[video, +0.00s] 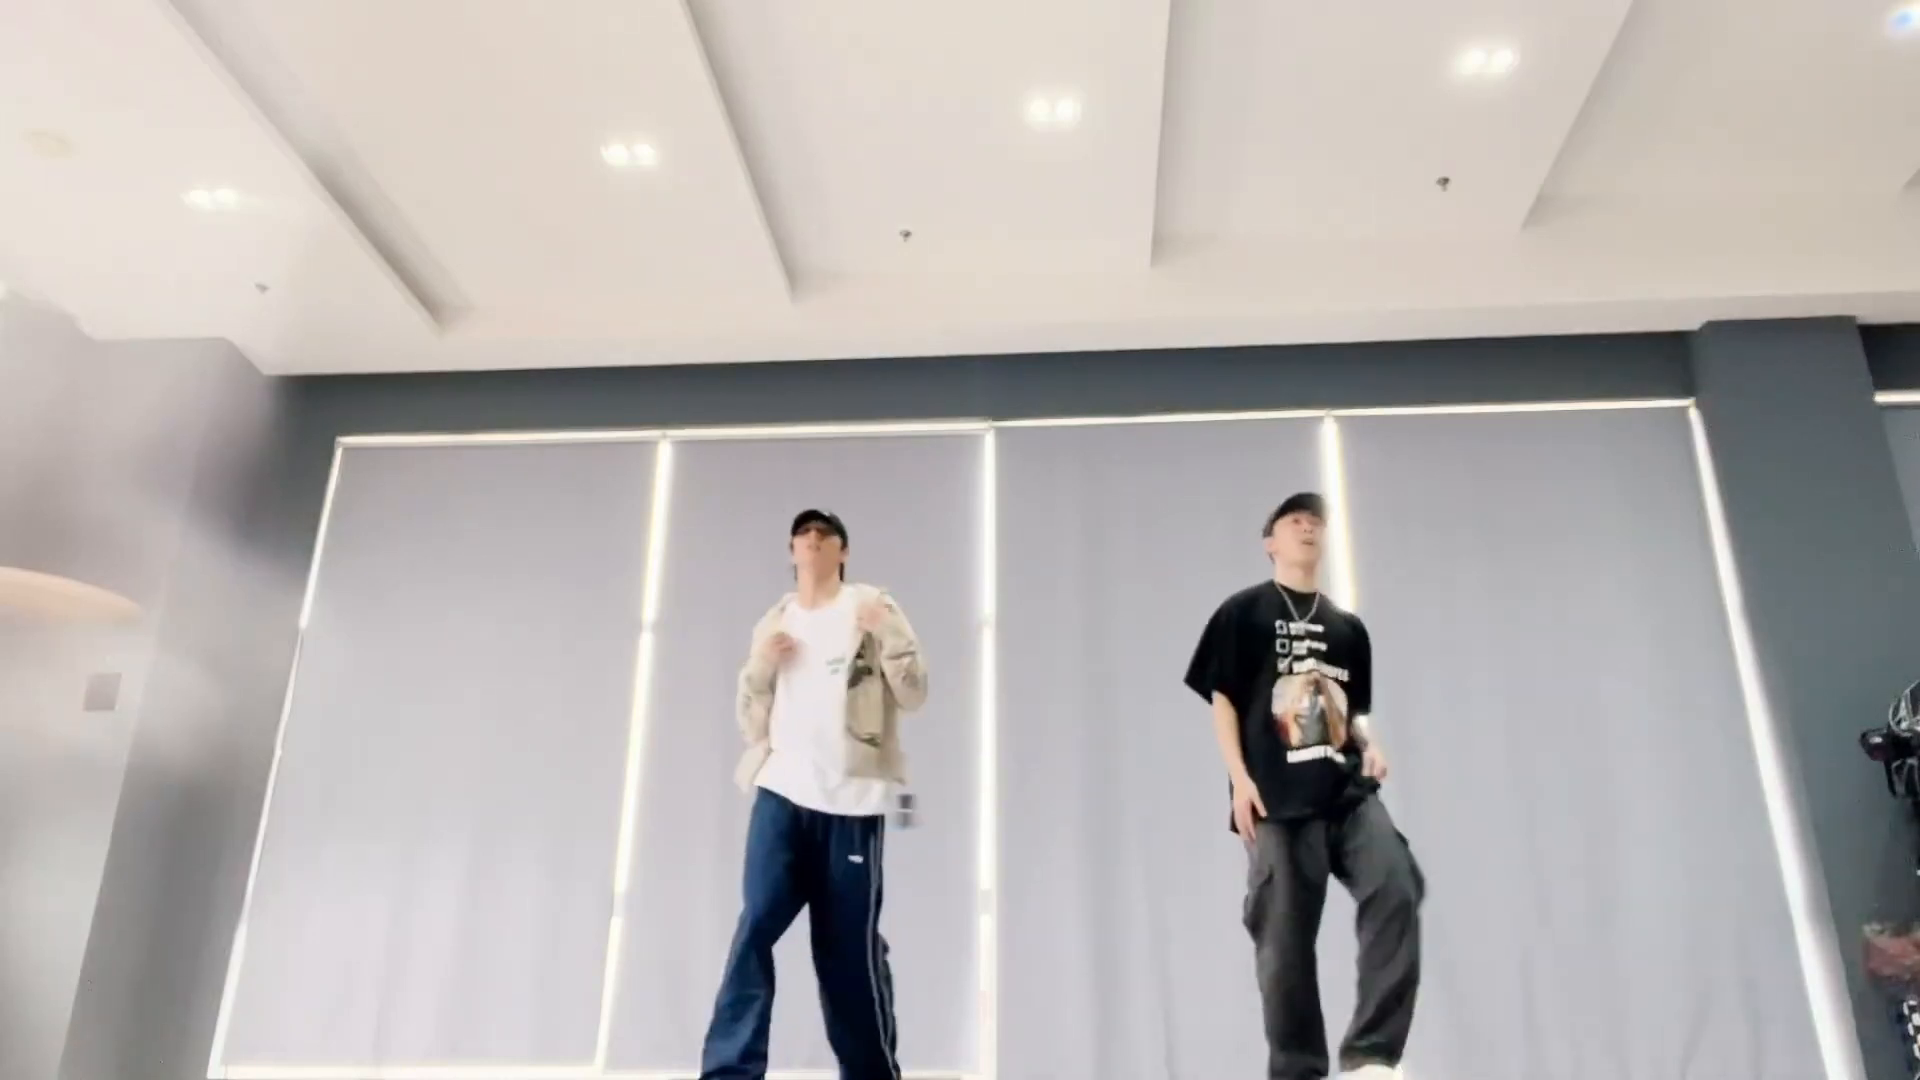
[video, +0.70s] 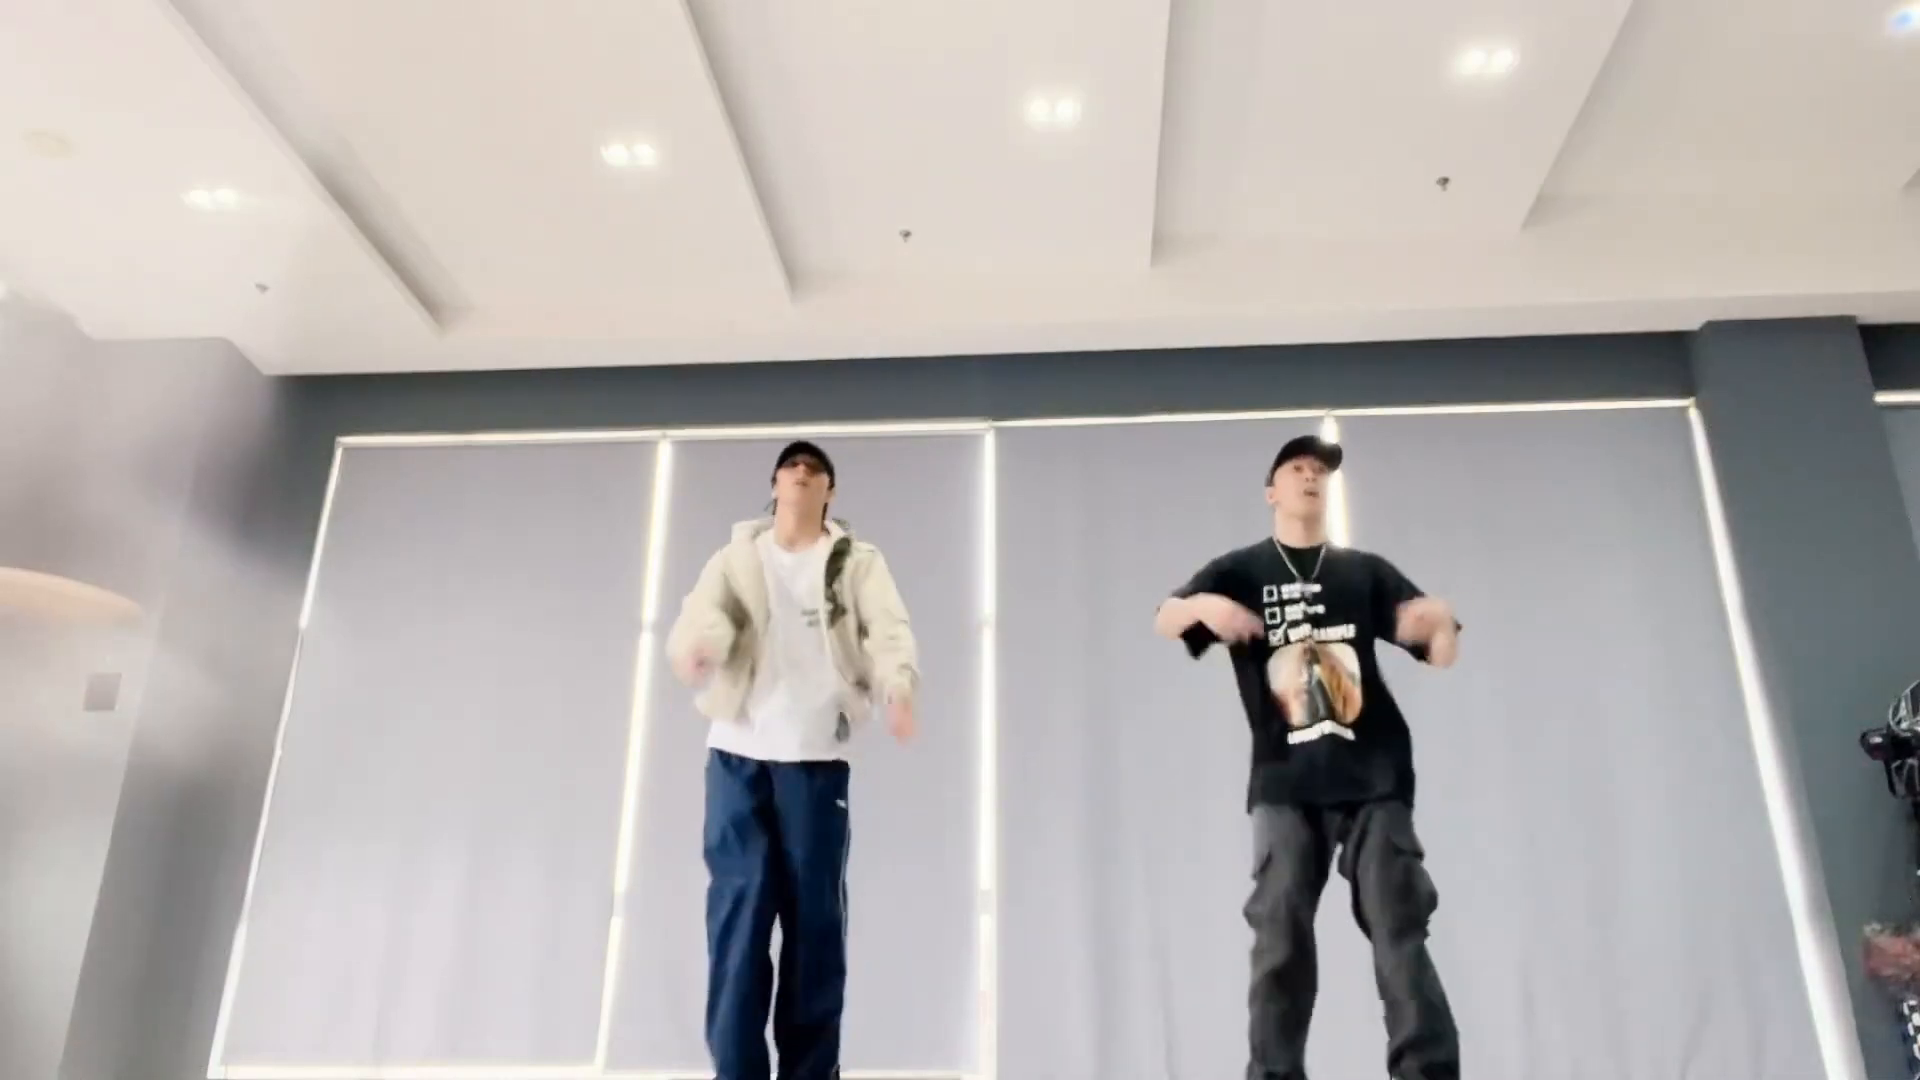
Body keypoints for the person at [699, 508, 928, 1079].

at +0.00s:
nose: (812, 541)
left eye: (824, 533)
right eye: (803, 534)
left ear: (842, 551)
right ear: (791, 552)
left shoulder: (873, 606)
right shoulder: (774, 619)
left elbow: (912, 696)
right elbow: (753, 728)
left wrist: (886, 633)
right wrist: (759, 671)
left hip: (853, 800)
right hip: (781, 793)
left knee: (850, 948)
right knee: (755, 928)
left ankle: (872, 1074)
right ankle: (730, 1070)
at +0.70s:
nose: (801, 478)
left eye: (813, 472)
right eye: (791, 470)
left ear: (829, 493)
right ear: (773, 488)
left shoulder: (857, 559)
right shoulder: (736, 555)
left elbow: (888, 630)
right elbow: (703, 614)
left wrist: (896, 685)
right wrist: (694, 647)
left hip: (815, 759)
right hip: (735, 756)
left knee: (815, 917)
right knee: (739, 910)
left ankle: (809, 1069)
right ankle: (736, 1067)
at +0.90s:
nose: (794, 474)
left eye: (807, 470)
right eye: (783, 466)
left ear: (822, 495)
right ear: (763, 487)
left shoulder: (845, 559)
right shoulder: (722, 547)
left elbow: (858, 664)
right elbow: (676, 653)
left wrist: (874, 631)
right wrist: (691, 583)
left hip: (799, 752)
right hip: (718, 740)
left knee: (791, 921)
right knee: (700, 850)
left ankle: (803, 1069)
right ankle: (694, 1039)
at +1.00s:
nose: (802, 488)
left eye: (815, 484)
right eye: (791, 480)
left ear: (828, 509)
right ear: (769, 500)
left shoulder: (839, 586)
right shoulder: (720, 551)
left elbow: (834, 693)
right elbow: (652, 635)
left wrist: (850, 637)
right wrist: (689, 560)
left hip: (783, 770)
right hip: (695, 755)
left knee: (797, 912)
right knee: (633, 861)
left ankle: (792, 1067)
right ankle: (602, 998)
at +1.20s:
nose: (772, 555)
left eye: (784, 553)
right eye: (761, 549)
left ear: (795, 582)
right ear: (738, 567)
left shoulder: (807, 659)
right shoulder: (702, 593)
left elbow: (892, 679)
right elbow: (712, 486)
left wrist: (975, 697)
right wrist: (710, 381)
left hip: (717, 835)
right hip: (627, 813)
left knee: (833, 908)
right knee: (539, 957)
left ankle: (754, 1055)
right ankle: (430, 1056)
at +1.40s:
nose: (760, 486)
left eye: (772, 479)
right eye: (748, 480)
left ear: (792, 500)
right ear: (731, 499)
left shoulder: (812, 569)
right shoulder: (690, 529)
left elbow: (834, 663)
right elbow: (613, 561)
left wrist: (900, 638)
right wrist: (659, 481)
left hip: (757, 769)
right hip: (670, 753)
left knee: (785, 899)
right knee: (626, 906)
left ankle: (773, 1062)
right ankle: (523, 1049)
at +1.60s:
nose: (712, 484)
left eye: (726, 476)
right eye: (705, 477)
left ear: (756, 492)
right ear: (697, 497)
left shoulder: (802, 539)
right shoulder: (688, 577)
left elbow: (862, 528)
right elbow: (650, 661)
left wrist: (818, 463)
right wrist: (608, 612)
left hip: (785, 760)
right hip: (700, 760)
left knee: (835, 884)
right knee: (665, 913)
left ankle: (836, 1027)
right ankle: (697, 1067)